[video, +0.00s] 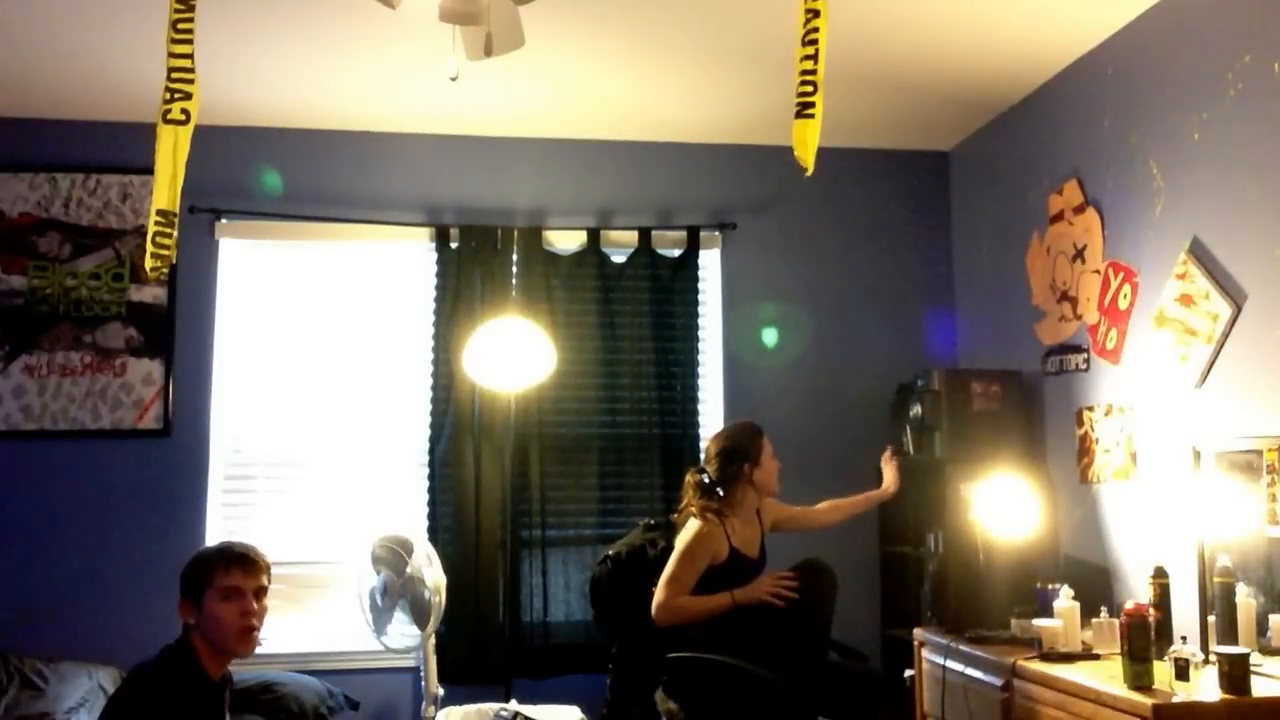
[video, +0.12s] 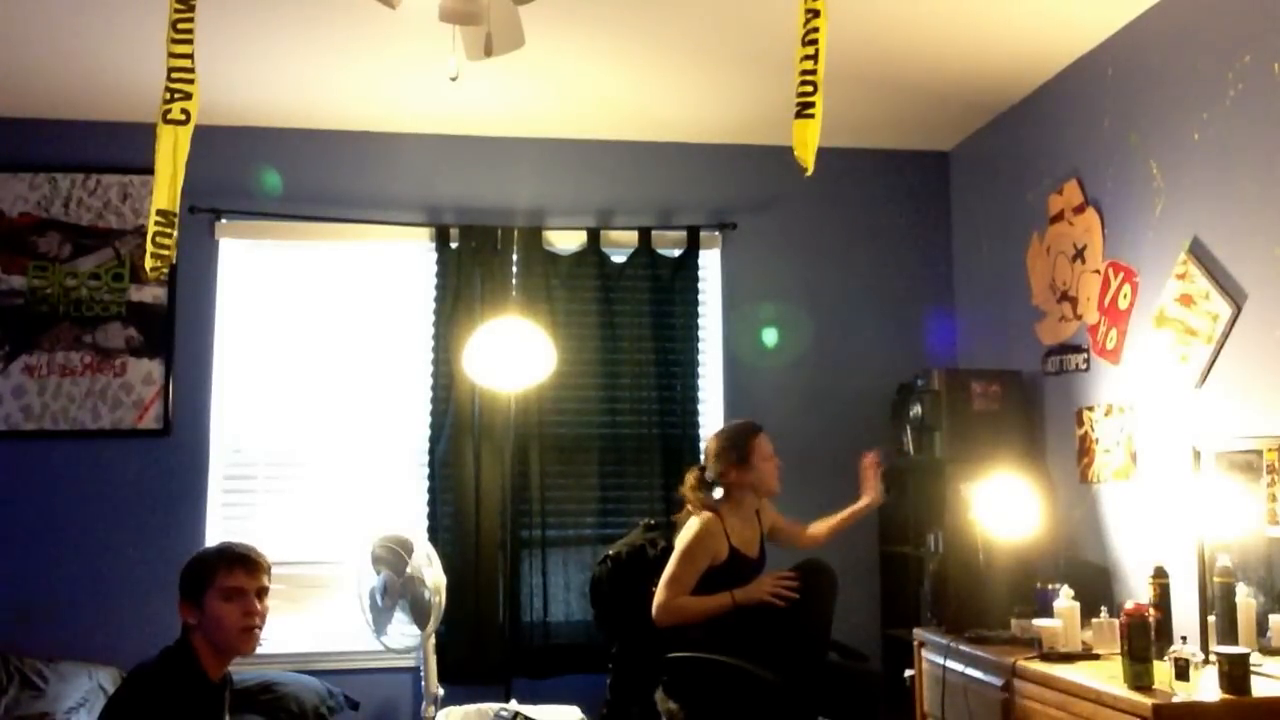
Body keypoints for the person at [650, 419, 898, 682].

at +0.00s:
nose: (779, 465)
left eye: (775, 457)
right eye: (772, 458)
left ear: (748, 472)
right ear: (748, 471)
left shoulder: (762, 511)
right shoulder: (703, 530)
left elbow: (820, 515)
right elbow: (664, 610)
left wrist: (884, 492)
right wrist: (742, 595)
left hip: (733, 637)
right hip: (695, 651)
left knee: (815, 574)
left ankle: (806, 687)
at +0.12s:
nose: (779, 464)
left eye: (774, 456)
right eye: (769, 458)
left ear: (738, 474)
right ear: (735, 474)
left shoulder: (758, 511)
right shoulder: (704, 528)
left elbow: (809, 537)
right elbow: (664, 610)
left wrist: (867, 502)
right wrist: (744, 595)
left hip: (731, 636)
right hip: (694, 651)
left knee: (816, 575)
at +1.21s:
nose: (741, 489)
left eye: (752, 480)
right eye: (732, 479)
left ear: (770, 483)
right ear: (718, 479)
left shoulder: (756, 529)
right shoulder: (700, 527)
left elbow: (770, 606)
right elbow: (662, 615)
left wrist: (796, 666)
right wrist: (741, 596)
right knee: (811, 575)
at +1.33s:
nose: (742, 490)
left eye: (753, 480)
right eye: (733, 479)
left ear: (771, 484)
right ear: (719, 479)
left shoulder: (758, 530)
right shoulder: (701, 527)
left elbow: (769, 607)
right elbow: (662, 615)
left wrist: (796, 666)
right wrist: (740, 596)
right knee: (812, 575)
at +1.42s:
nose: (742, 491)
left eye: (754, 481)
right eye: (734, 480)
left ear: (772, 484)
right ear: (719, 479)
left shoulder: (759, 528)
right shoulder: (701, 527)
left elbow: (769, 604)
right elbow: (662, 615)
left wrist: (795, 665)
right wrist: (741, 597)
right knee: (811, 575)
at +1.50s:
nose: (743, 491)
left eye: (754, 481)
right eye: (734, 480)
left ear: (772, 484)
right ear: (719, 479)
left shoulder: (759, 526)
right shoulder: (701, 527)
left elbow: (769, 601)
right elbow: (662, 616)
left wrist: (796, 664)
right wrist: (741, 597)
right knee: (811, 575)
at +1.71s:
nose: (743, 491)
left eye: (754, 481)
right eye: (734, 480)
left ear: (771, 485)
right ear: (719, 479)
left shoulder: (758, 527)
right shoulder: (700, 528)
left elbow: (767, 601)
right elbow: (662, 617)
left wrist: (796, 664)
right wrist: (740, 597)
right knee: (812, 575)